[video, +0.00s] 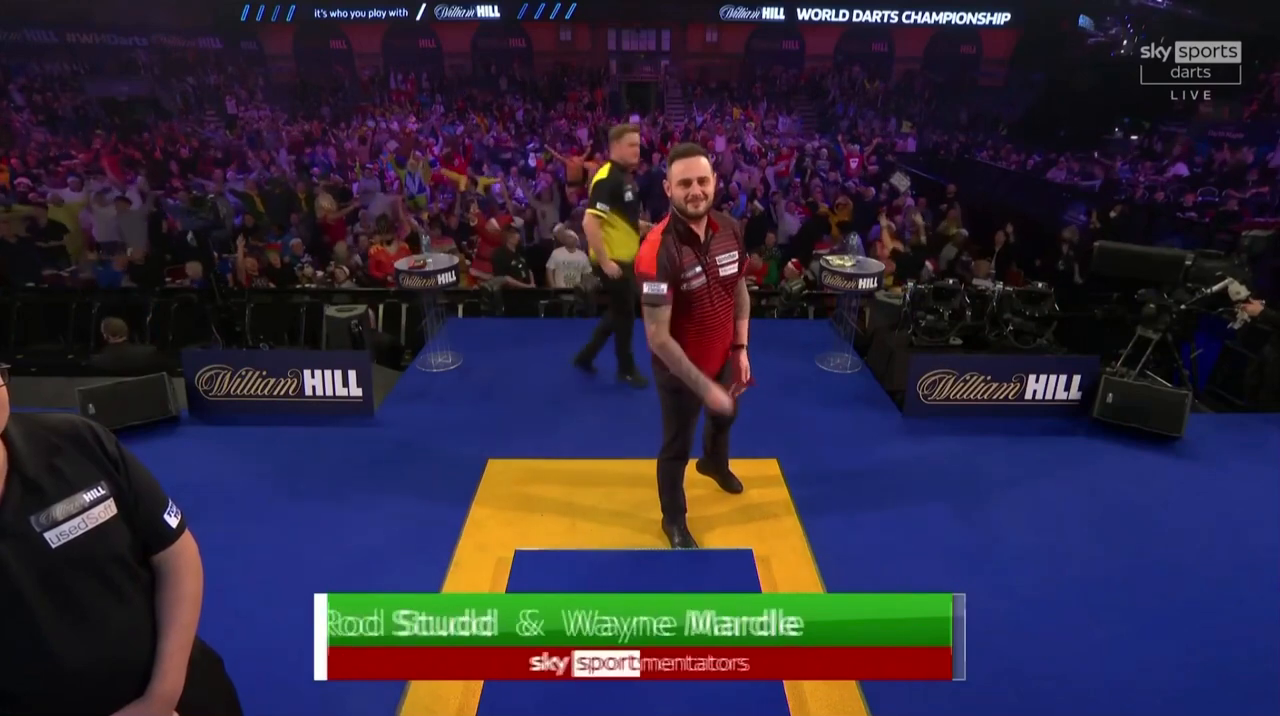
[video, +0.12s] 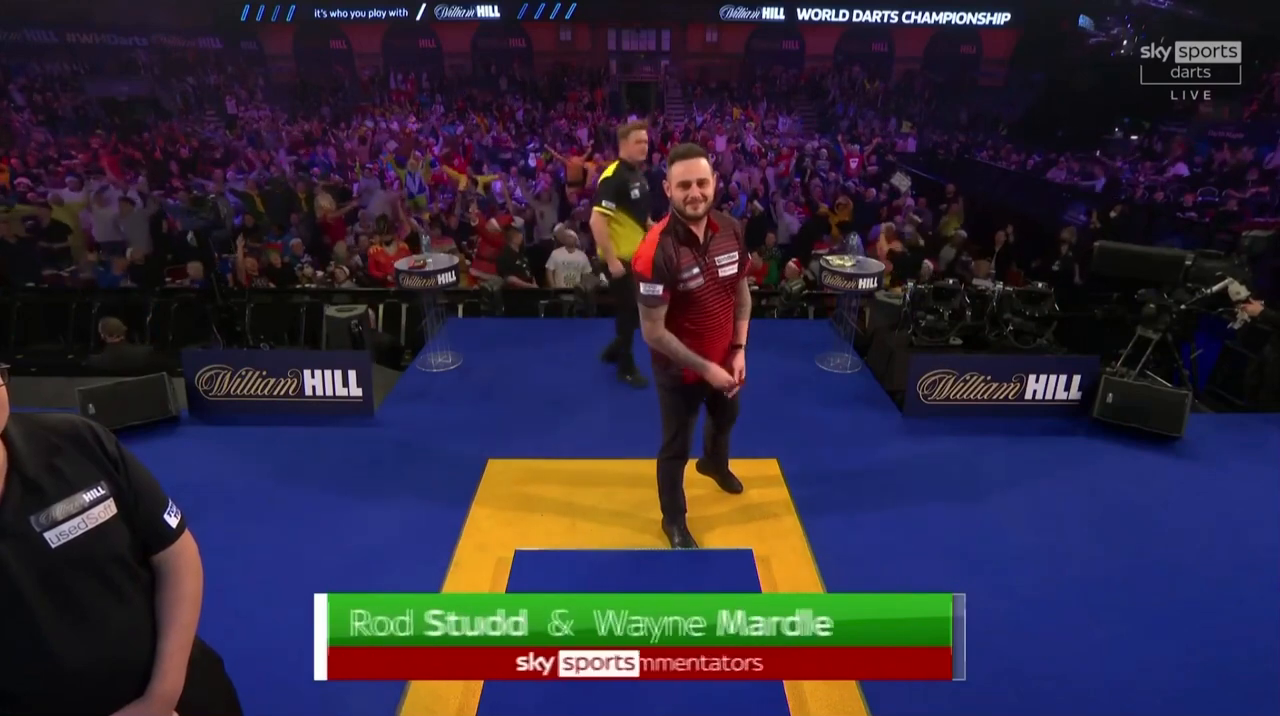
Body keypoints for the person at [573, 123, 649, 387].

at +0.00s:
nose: (637, 150)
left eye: (638, 145)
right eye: (631, 145)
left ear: (637, 148)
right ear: (614, 148)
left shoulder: (627, 178)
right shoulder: (607, 178)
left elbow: (623, 220)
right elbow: (590, 222)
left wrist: (648, 228)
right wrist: (604, 260)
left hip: (628, 258)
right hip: (613, 259)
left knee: (620, 313)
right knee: (624, 314)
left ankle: (585, 356)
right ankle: (626, 369)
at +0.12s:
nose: (644, 147)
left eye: (646, 142)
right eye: (638, 142)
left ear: (646, 145)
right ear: (622, 145)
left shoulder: (640, 175)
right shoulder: (612, 177)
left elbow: (642, 218)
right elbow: (597, 221)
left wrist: (660, 236)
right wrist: (611, 259)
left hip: (638, 255)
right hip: (619, 259)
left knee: (634, 310)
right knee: (628, 313)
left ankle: (616, 348)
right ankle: (627, 365)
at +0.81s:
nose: (661, 144)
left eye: (666, 139)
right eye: (657, 139)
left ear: (672, 141)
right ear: (648, 141)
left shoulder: (679, 169)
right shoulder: (633, 171)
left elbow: (692, 201)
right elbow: (616, 203)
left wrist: (679, 222)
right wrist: (637, 225)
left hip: (671, 243)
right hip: (638, 243)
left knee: (667, 301)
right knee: (633, 302)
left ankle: (670, 359)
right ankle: (632, 361)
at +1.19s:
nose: (642, 142)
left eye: (647, 137)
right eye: (638, 137)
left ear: (657, 139)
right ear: (632, 140)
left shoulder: (669, 169)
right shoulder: (621, 171)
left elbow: (681, 201)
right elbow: (604, 203)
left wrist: (663, 219)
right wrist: (624, 222)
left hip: (661, 244)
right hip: (628, 244)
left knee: (660, 299)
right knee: (624, 300)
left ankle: (662, 356)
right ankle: (620, 357)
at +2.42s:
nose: (619, 147)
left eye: (624, 142)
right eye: (614, 142)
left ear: (632, 143)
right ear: (608, 145)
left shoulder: (649, 173)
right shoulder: (598, 174)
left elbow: (661, 207)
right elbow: (581, 208)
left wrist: (644, 225)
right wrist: (598, 224)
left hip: (638, 251)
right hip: (609, 252)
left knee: (640, 306)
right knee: (615, 307)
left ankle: (642, 354)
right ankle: (619, 354)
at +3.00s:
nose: (628, 162)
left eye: (632, 157)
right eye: (623, 157)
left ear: (640, 157)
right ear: (614, 157)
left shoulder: (655, 186)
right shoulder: (600, 186)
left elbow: (664, 222)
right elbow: (582, 221)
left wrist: (648, 243)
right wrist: (604, 242)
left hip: (641, 262)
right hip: (611, 261)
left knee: (638, 314)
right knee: (615, 313)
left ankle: (636, 359)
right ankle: (617, 354)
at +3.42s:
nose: (629, 179)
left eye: (634, 173)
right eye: (624, 174)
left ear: (643, 168)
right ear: (615, 169)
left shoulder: (663, 195)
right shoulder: (603, 196)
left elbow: (674, 235)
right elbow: (584, 236)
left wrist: (652, 255)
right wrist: (612, 258)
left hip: (646, 283)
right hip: (611, 282)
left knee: (642, 346)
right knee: (610, 351)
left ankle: (642, 399)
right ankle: (609, 418)